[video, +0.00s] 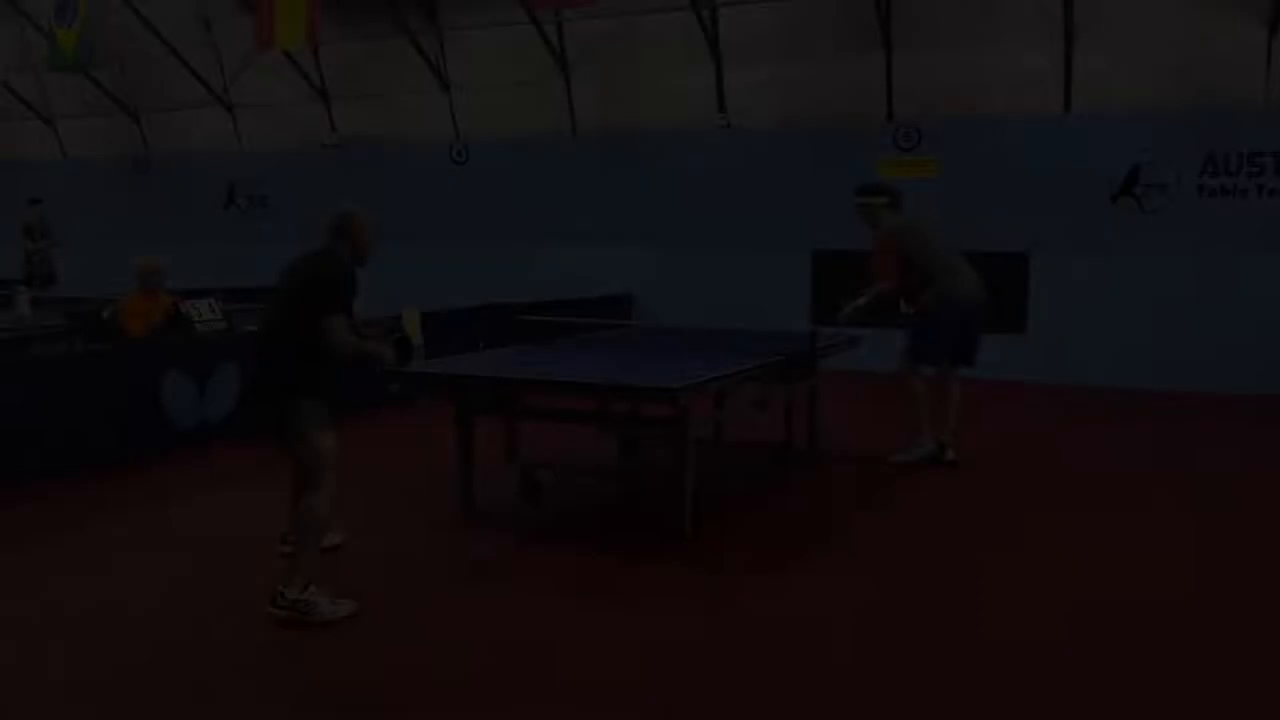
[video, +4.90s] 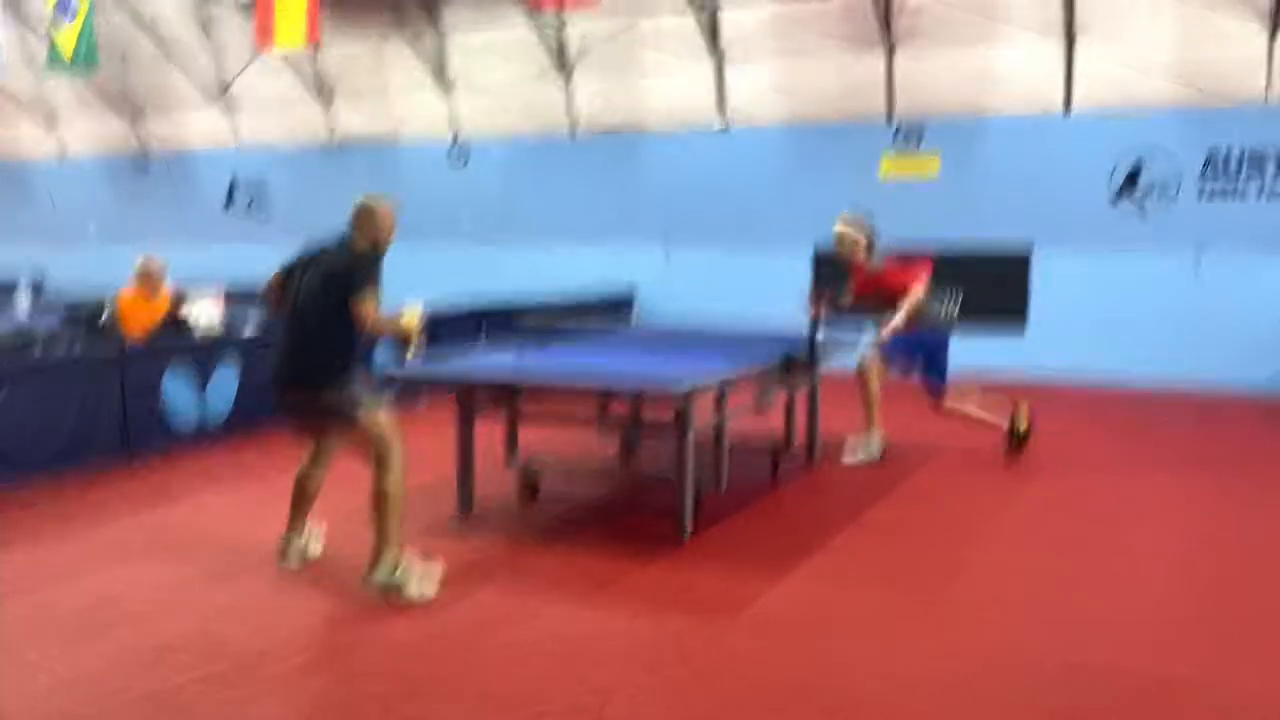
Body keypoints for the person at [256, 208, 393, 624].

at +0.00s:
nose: (369, 248)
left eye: (368, 239)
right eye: (365, 239)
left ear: (333, 234)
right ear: (353, 240)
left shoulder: (306, 269)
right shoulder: (336, 274)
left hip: (284, 384)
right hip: (306, 389)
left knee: (307, 471)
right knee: (318, 482)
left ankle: (303, 534)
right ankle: (298, 587)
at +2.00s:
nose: (391, 274)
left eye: (390, 267)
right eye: (388, 267)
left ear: (354, 266)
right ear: (373, 268)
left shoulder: (323, 289)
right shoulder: (351, 302)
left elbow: (333, 354)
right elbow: (353, 367)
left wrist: (374, 347)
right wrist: (386, 356)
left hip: (245, 390)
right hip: (269, 395)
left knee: (299, 470)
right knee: (324, 482)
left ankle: (298, 534)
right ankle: (288, 597)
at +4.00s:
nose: (387, 248)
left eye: (386, 240)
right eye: (384, 240)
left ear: (352, 241)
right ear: (367, 243)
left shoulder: (326, 269)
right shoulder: (345, 278)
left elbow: (342, 332)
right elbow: (355, 344)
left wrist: (379, 325)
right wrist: (391, 335)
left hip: (282, 380)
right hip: (275, 385)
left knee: (321, 442)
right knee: (307, 481)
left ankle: (305, 531)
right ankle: (287, 596)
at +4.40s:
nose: (387, 237)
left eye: (386, 230)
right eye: (384, 231)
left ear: (349, 233)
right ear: (369, 234)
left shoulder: (312, 263)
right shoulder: (353, 274)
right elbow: (363, 341)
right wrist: (401, 328)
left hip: (278, 387)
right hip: (302, 391)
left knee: (309, 462)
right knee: (343, 486)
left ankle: (298, 533)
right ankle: (289, 597)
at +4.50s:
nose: (389, 235)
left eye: (387, 228)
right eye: (385, 228)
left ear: (348, 230)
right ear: (370, 230)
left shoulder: (309, 259)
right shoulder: (358, 269)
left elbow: (266, 301)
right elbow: (370, 333)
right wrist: (404, 327)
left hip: (281, 385)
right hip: (308, 389)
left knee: (310, 458)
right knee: (346, 487)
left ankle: (299, 534)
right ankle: (289, 597)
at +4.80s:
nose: (388, 235)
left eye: (388, 228)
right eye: (385, 228)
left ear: (350, 226)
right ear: (369, 227)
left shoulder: (307, 256)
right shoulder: (358, 263)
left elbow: (263, 291)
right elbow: (367, 324)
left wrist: (295, 321)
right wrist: (406, 325)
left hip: (284, 379)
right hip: (321, 381)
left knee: (320, 448)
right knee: (382, 465)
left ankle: (293, 539)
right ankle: (332, 560)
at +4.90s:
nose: (390, 239)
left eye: (390, 230)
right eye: (388, 230)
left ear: (355, 222)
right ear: (378, 229)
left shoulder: (315, 257)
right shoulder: (365, 262)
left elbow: (274, 291)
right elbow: (365, 317)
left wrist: (309, 315)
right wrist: (403, 327)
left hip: (294, 380)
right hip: (336, 383)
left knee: (322, 448)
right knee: (388, 445)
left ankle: (294, 538)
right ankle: (388, 560)